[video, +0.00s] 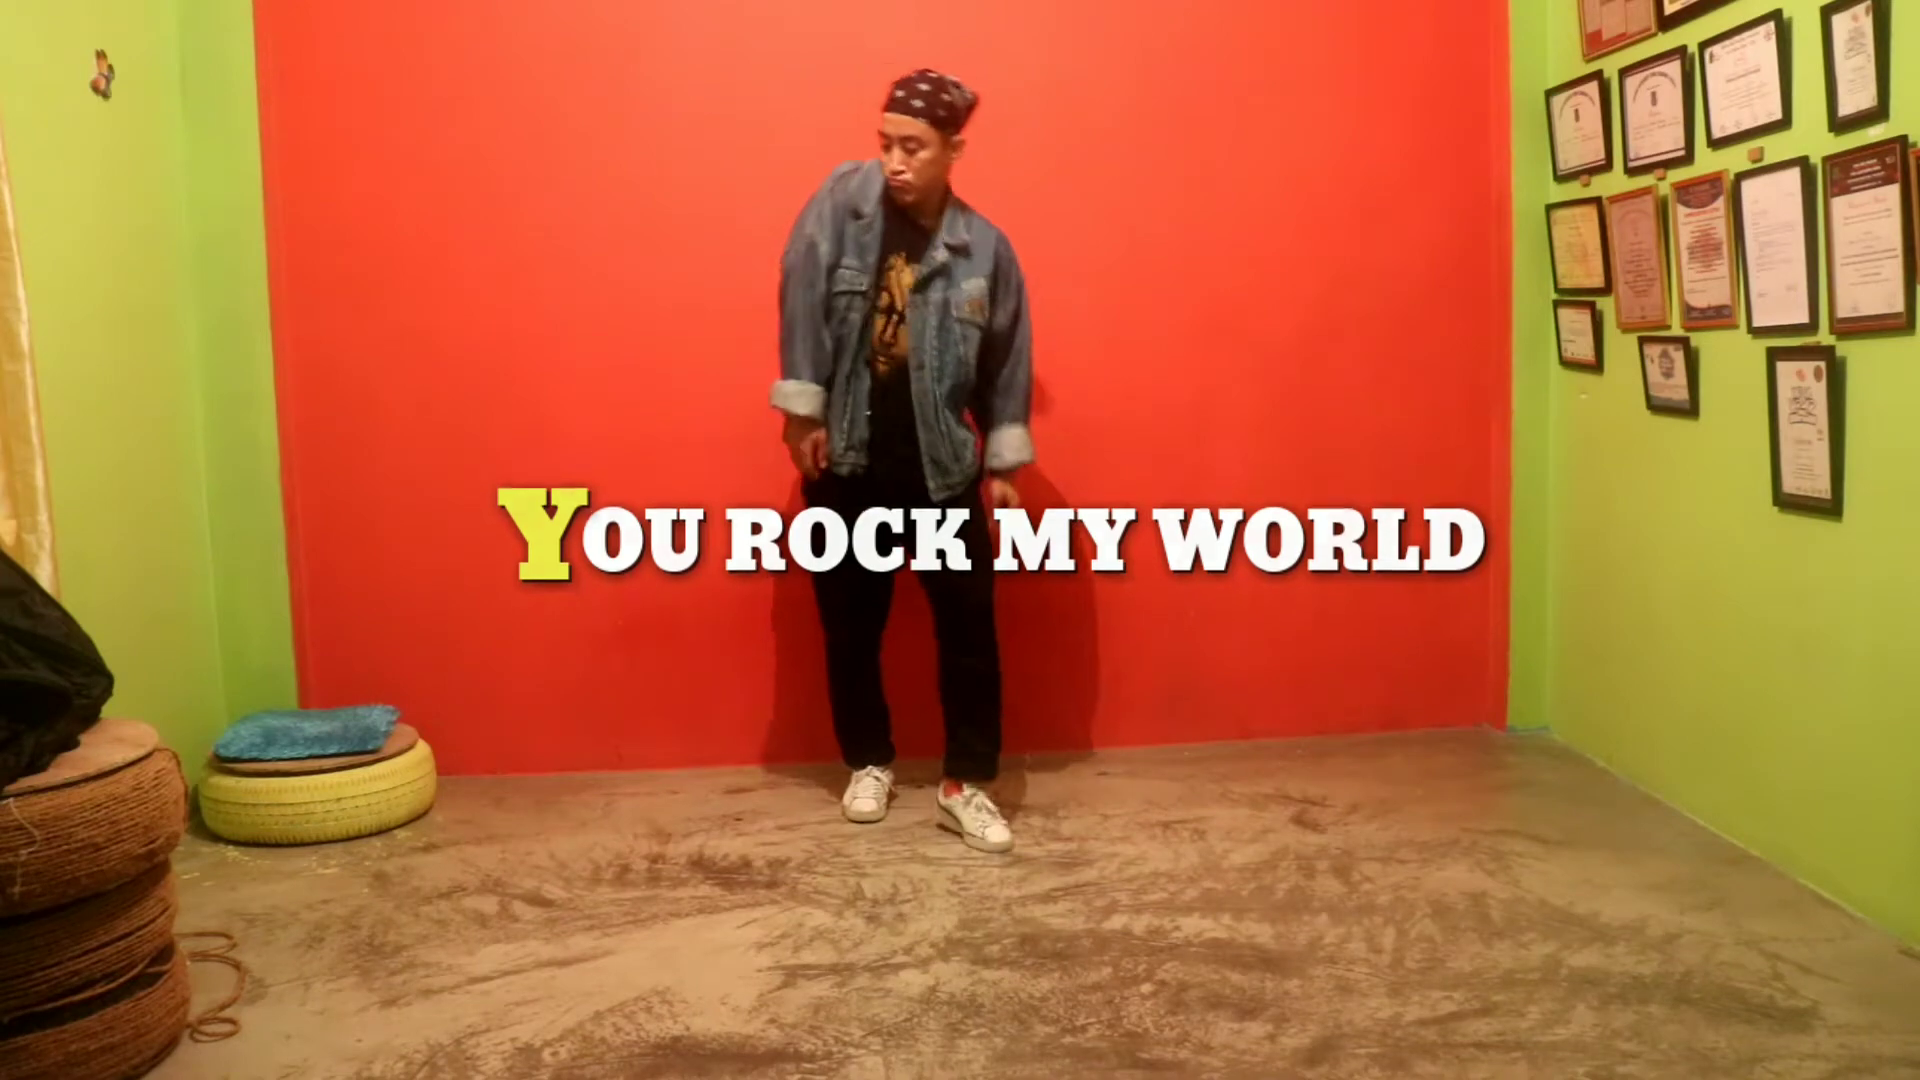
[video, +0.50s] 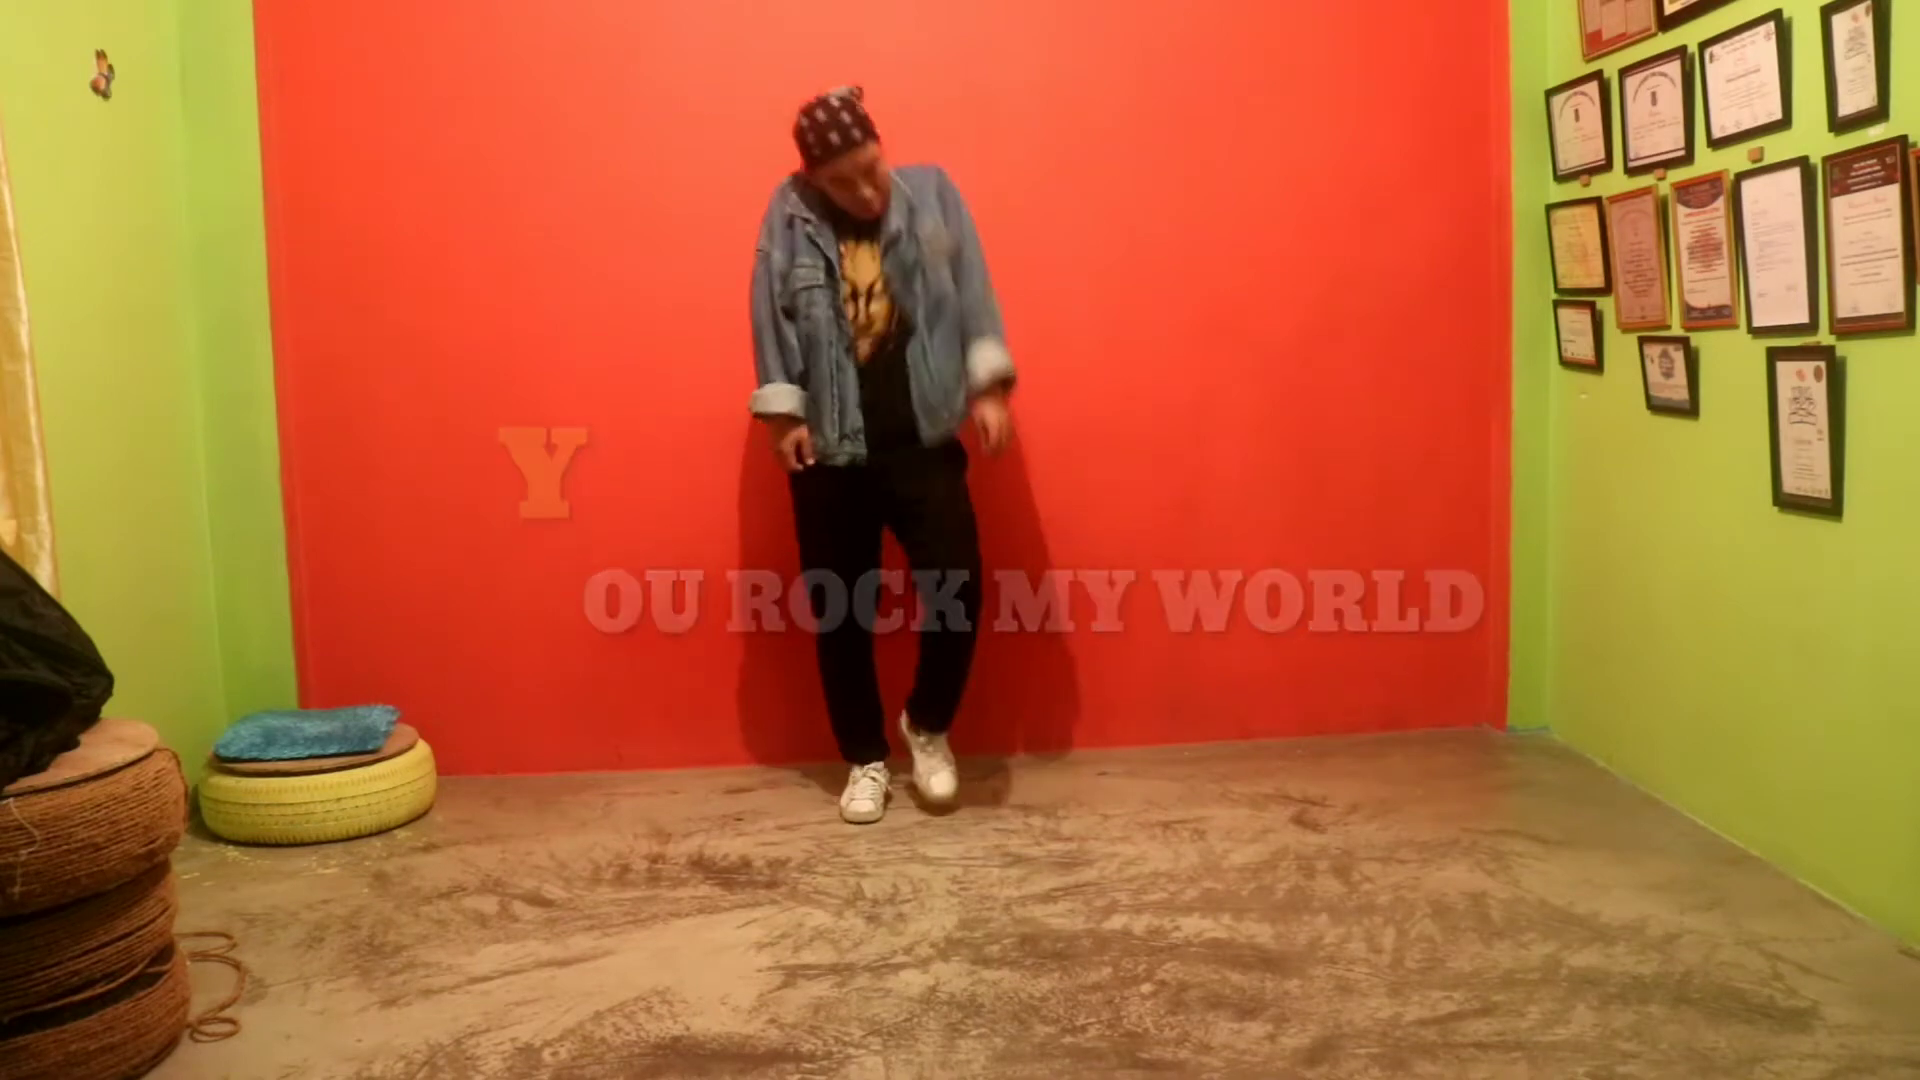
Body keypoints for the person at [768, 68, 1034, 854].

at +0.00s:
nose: (894, 161)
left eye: (913, 147)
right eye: (887, 144)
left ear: (953, 152)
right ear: (877, 141)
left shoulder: (987, 249)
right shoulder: (844, 197)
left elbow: (1007, 363)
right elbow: (801, 298)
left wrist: (1001, 463)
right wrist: (804, 411)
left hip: (944, 457)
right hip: (849, 450)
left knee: (968, 616)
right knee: (850, 617)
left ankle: (965, 781)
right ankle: (868, 765)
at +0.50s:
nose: (867, 190)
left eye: (872, 172)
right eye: (849, 181)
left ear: (883, 149)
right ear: (816, 173)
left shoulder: (930, 191)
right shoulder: (789, 216)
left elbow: (974, 289)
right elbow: (770, 315)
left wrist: (989, 386)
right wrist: (784, 412)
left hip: (925, 438)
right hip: (831, 447)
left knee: (958, 590)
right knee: (840, 607)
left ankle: (928, 726)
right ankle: (865, 761)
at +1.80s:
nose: (882, 232)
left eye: (893, 213)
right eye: (864, 218)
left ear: (913, 206)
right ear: (840, 217)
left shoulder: (959, 289)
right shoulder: (803, 305)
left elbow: (1013, 366)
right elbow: (779, 397)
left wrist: (986, 413)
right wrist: (816, 452)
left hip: (943, 502)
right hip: (846, 506)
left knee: (984, 625)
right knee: (811, 629)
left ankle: (929, 760)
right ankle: (855, 760)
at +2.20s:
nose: (878, 299)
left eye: (891, 283)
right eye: (864, 286)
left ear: (911, 266)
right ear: (840, 271)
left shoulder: (947, 297)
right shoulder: (805, 318)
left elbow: (964, 395)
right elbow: (809, 412)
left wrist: (962, 375)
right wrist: (815, 387)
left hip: (937, 514)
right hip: (847, 520)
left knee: (978, 639)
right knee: (828, 647)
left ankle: (927, 764)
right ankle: (858, 768)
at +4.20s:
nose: (878, 204)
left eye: (890, 190)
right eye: (864, 191)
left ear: (912, 173)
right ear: (838, 175)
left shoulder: (954, 221)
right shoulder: (798, 234)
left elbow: (968, 324)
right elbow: (795, 344)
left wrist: (915, 378)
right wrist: (852, 402)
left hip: (929, 458)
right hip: (836, 461)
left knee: (927, 609)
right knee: (847, 610)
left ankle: (920, 756)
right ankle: (861, 760)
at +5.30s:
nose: (956, 252)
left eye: (974, 238)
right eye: (943, 233)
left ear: (997, 232)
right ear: (920, 214)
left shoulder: (1000, 321)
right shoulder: (874, 235)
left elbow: (983, 428)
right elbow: (806, 271)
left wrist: (924, 387)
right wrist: (802, 302)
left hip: (903, 478)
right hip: (815, 461)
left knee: (912, 621)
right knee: (815, 618)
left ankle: (919, 768)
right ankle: (857, 764)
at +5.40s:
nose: (974, 250)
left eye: (992, 235)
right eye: (961, 231)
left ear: (1015, 230)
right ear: (938, 212)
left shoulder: (1004, 336)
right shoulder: (887, 236)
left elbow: (974, 441)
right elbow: (818, 273)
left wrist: (919, 386)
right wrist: (802, 301)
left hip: (901, 482)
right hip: (810, 462)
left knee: (916, 623)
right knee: (809, 620)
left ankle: (919, 768)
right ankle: (855, 765)